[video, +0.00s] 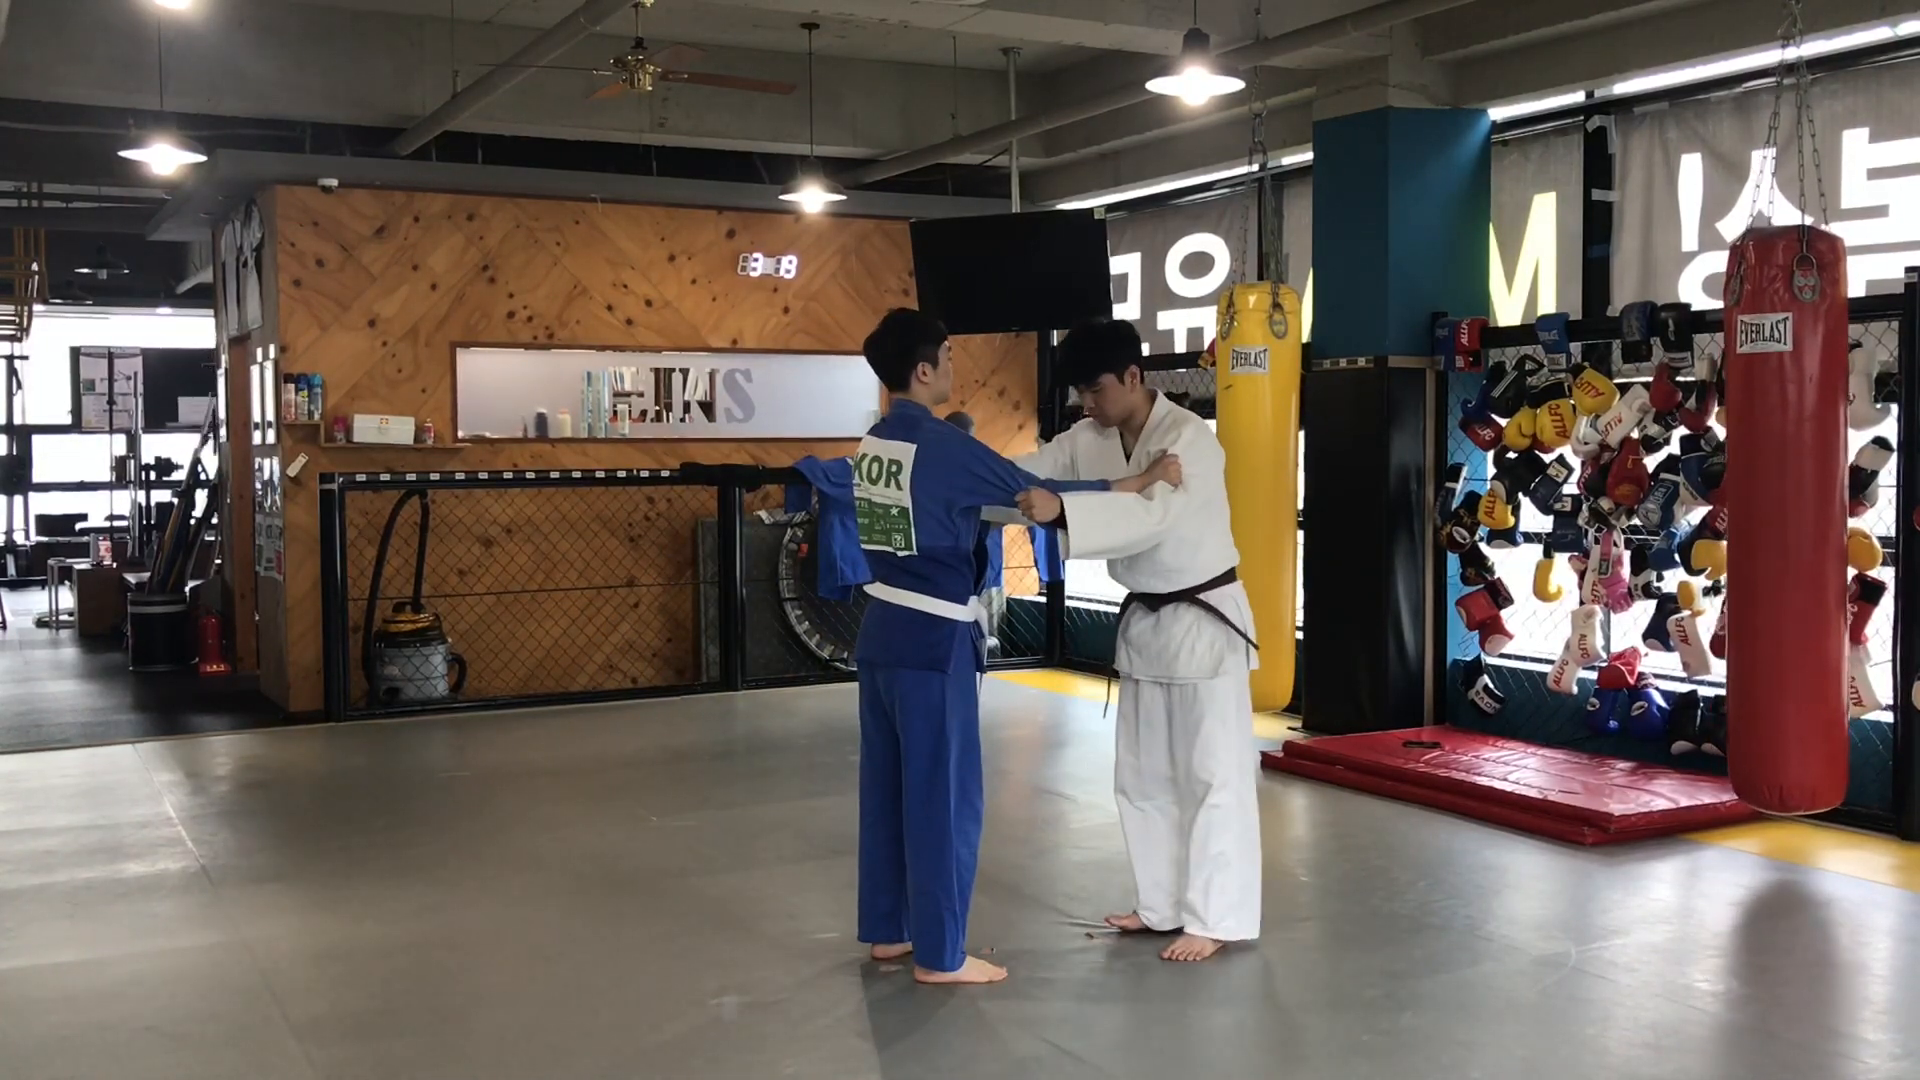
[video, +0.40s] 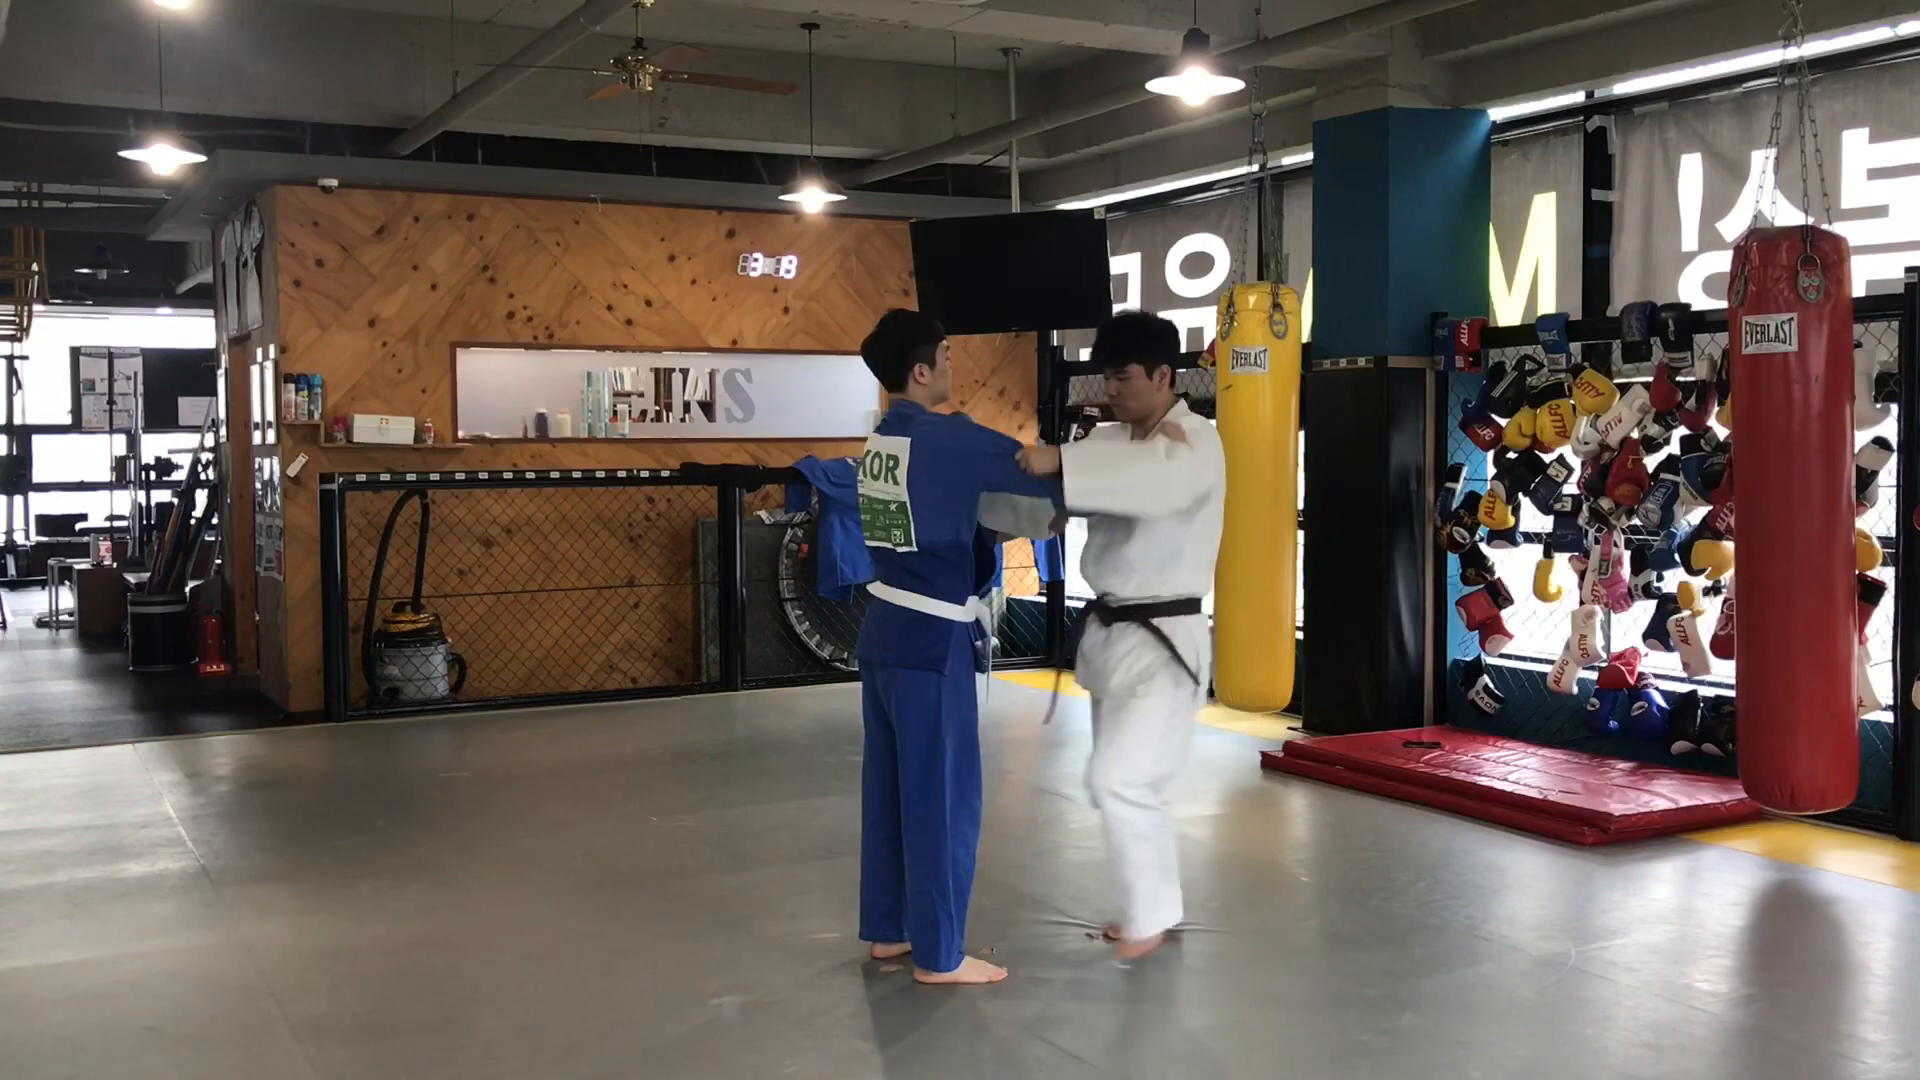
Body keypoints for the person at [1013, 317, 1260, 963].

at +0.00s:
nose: (1085, 405)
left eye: (1093, 391)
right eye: (1080, 394)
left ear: (1132, 376)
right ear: (1090, 390)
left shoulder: (1191, 438)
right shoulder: (1085, 439)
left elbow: (1152, 517)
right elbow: (1018, 481)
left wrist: (1063, 511)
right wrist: (955, 475)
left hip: (1205, 621)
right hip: (1143, 620)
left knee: (1212, 779)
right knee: (1147, 775)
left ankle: (1215, 921)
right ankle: (1163, 908)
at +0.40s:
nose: (1107, 393)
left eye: (1118, 379)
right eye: (1104, 380)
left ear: (1160, 377)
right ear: (1111, 381)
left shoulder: (1197, 442)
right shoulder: (1112, 442)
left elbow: (1158, 484)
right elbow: (1059, 500)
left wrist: (1065, 464)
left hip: (1166, 633)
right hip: (1107, 629)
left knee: (1120, 778)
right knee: (1120, 778)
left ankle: (1153, 917)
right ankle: (1152, 907)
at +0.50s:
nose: (1105, 397)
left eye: (1113, 383)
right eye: (1103, 385)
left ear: (1156, 379)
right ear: (1140, 380)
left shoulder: (1199, 441)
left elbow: (1173, 458)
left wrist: (1078, 445)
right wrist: (975, 478)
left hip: (1140, 642)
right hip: (1079, 637)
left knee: (1092, 786)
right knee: (1103, 784)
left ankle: (1080, 961)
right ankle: (1148, 899)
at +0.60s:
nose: (1084, 393)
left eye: (1098, 380)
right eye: (1084, 380)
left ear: (1144, 385)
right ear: (1099, 387)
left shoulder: (1187, 453)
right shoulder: (1070, 452)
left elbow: (1217, 505)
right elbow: (1012, 508)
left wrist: (1124, 460)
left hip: (1106, 650)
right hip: (1037, 639)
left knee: (1073, 813)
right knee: (1023, 802)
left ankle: (1048, 983)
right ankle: (1108, 875)